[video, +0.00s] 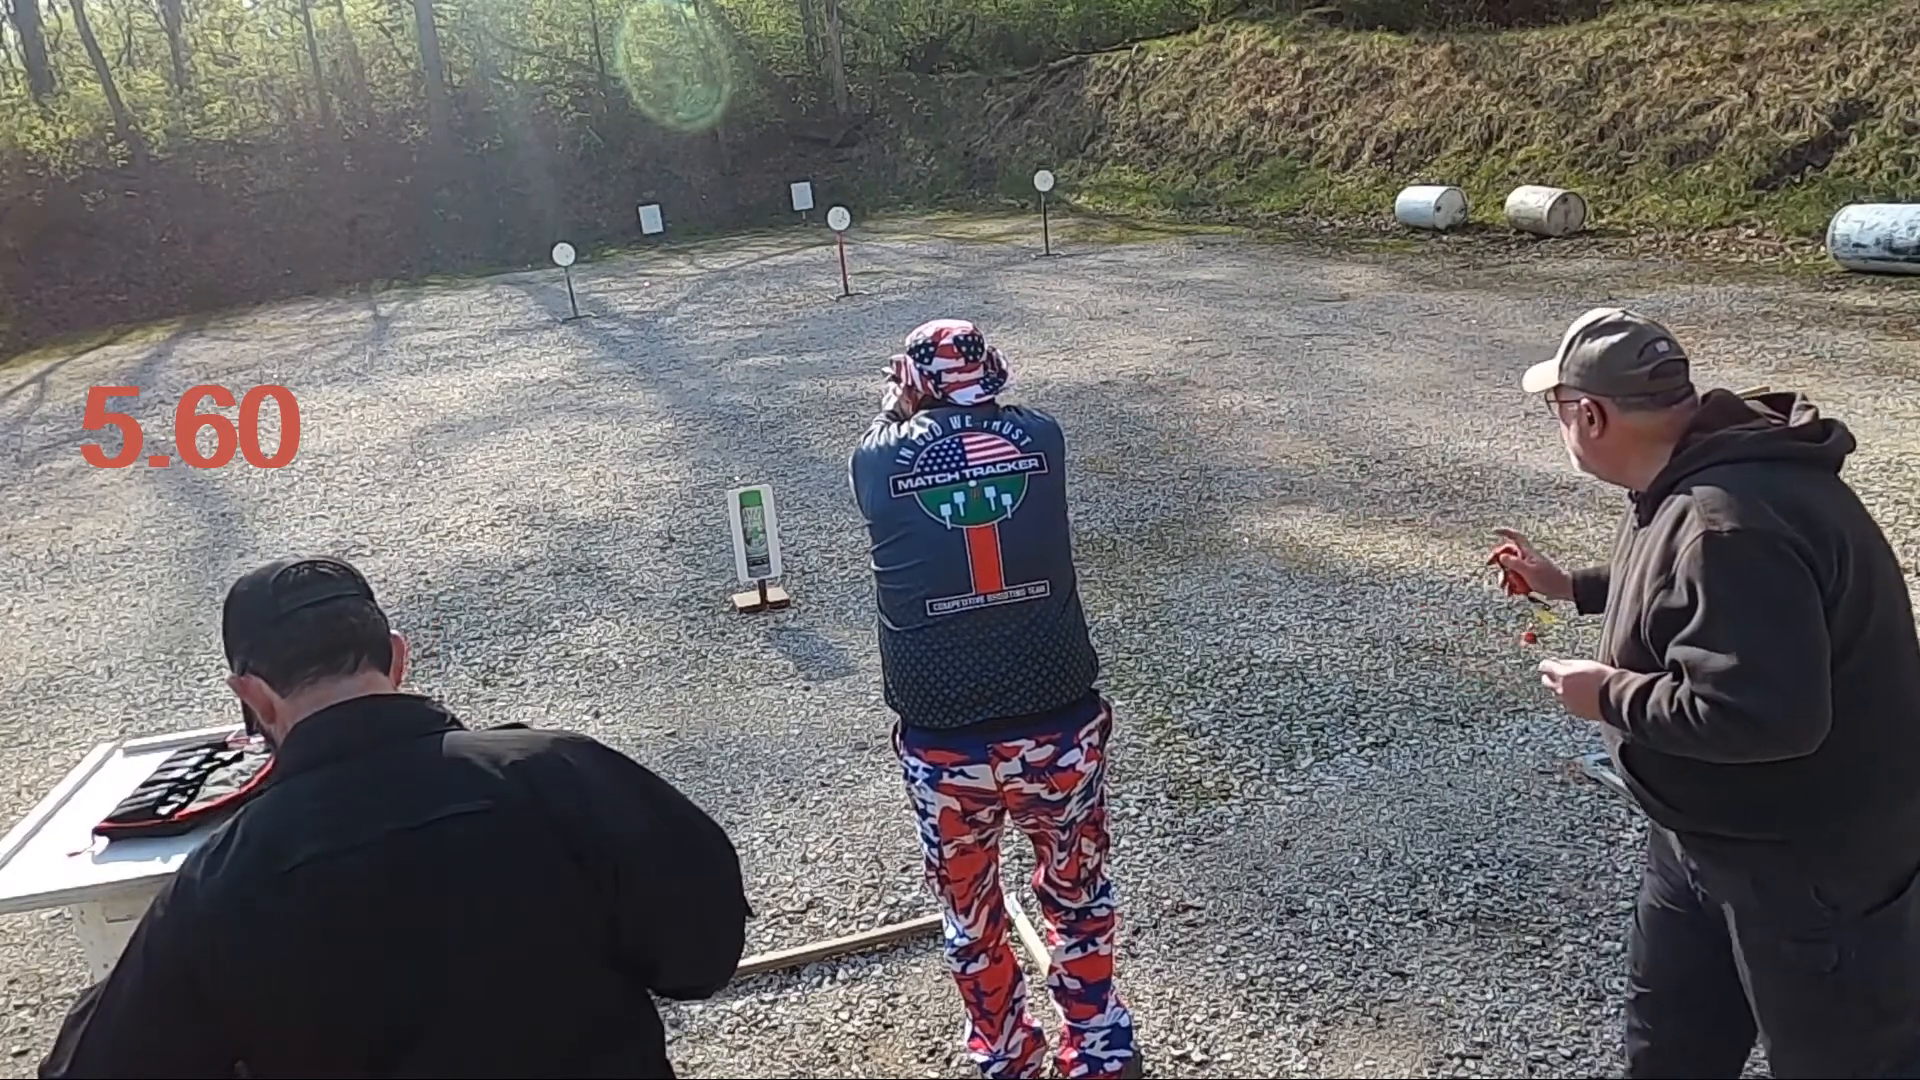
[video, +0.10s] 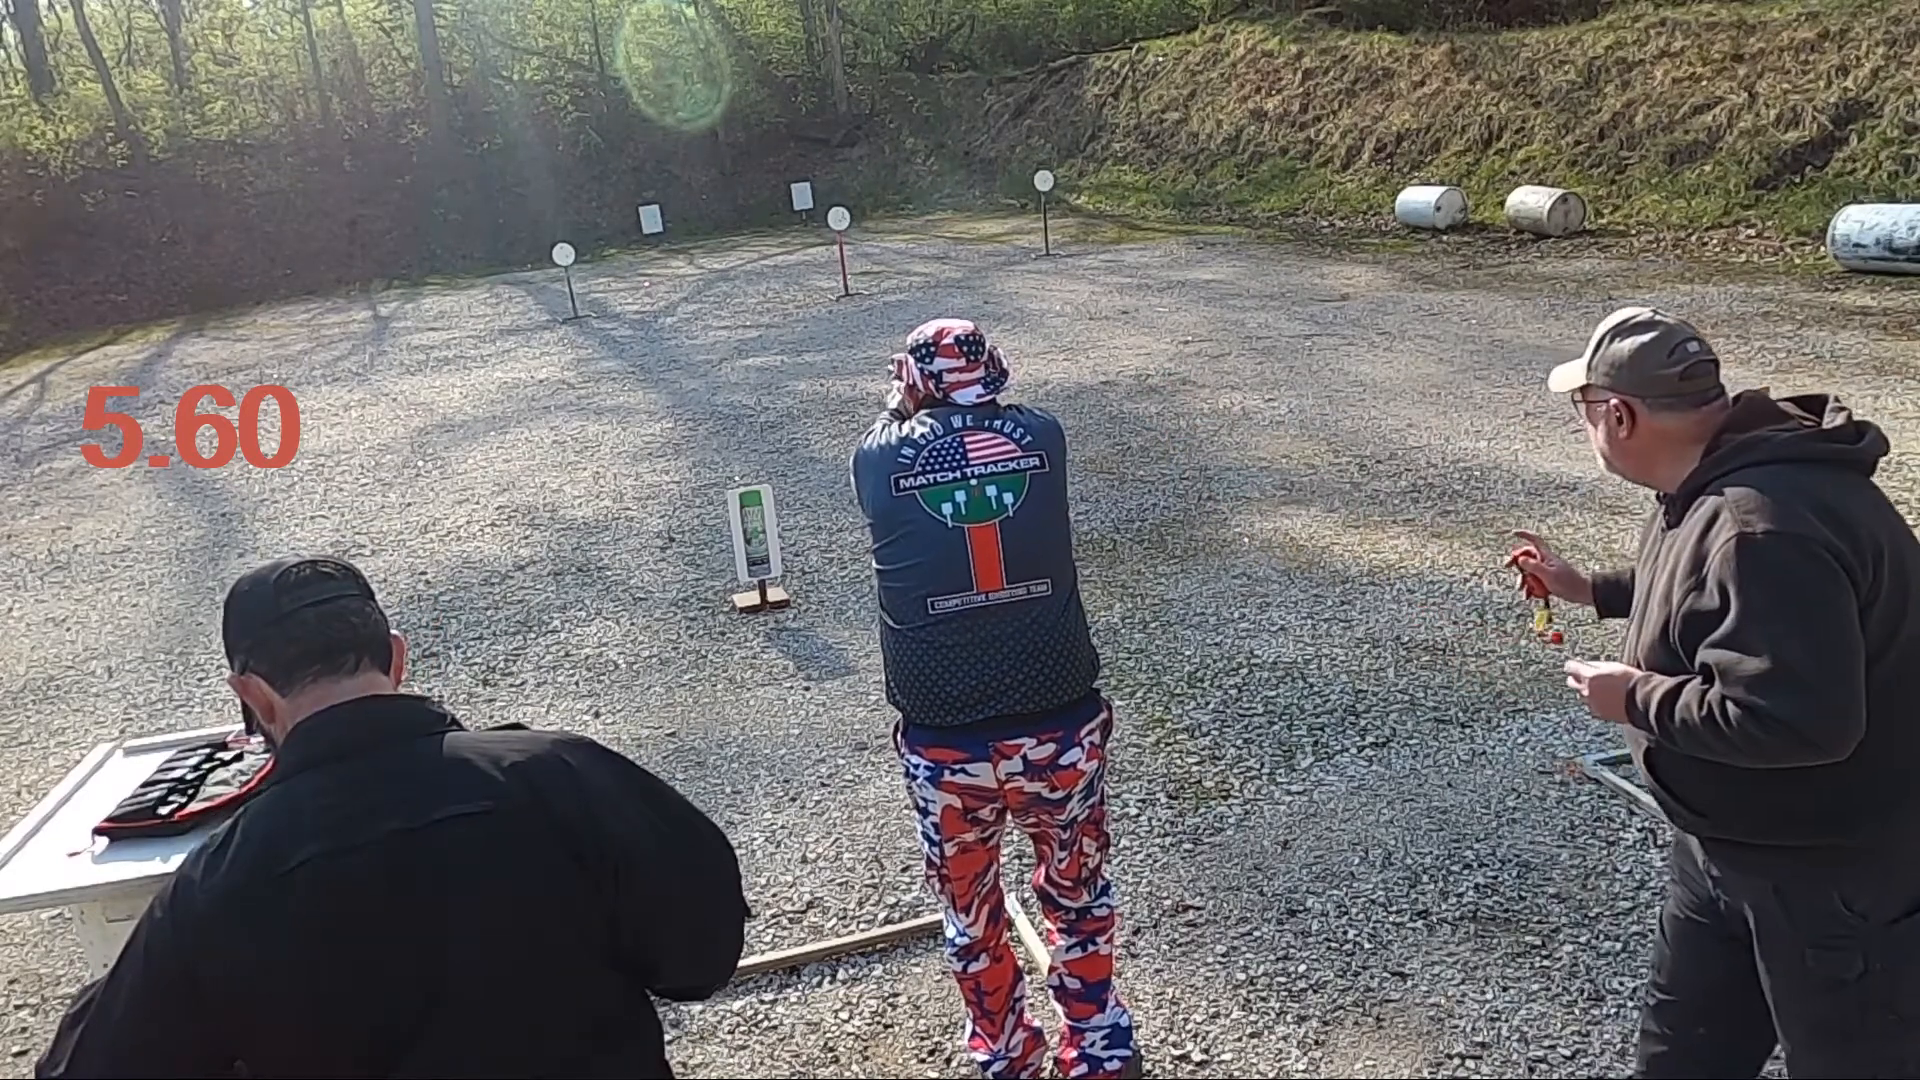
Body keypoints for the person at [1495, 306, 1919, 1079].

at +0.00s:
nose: (1561, 431)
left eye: (1559, 414)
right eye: (1558, 414)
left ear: (1593, 417)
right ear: (1669, 389)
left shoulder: (1730, 526)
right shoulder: (1685, 480)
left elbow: (1773, 716)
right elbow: (1676, 595)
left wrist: (1612, 696)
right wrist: (1567, 586)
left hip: (1812, 870)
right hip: (1701, 841)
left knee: (1841, 1064)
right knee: (1671, 1054)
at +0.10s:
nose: (1586, 427)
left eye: (1585, 411)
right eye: (1582, 412)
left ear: (1622, 417)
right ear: (1698, 392)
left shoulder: (1760, 528)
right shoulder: (1706, 486)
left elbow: (1807, 721)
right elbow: (1697, 594)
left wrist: (1639, 699)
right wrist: (1585, 589)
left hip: (1833, 876)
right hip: (1722, 852)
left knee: (1848, 1064)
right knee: (1684, 1057)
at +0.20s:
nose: (1611, 426)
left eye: (1612, 409)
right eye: (1608, 409)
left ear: (1649, 416)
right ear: (1728, 392)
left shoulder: (1795, 531)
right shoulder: (1733, 488)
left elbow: (1838, 725)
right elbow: (1715, 603)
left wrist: (1666, 701)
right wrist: (1600, 593)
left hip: (1842, 881)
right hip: (1747, 855)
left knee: (1855, 1064)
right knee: (1698, 1056)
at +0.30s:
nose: (1642, 430)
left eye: (1642, 412)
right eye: (1640, 412)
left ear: (1678, 418)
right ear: (1760, 393)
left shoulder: (1820, 537)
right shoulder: (1763, 491)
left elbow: (1859, 731)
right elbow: (1739, 600)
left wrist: (1685, 701)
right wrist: (1623, 594)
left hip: (1853, 885)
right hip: (1760, 857)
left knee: (1861, 1064)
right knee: (1710, 1057)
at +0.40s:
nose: (1668, 428)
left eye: (1668, 410)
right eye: (1666, 410)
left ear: (1705, 417)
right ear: (1789, 395)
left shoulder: (1839, 541)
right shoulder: (1792, 491)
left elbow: (1867, 743)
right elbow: (1765, 599)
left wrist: (1699, 702)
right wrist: (1653, 591)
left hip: (1863, 892)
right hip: (1778, 860)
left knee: (1869, 1064)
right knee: (1723, 1057)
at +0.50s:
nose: (1689, 425)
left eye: (1688, 407)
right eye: (1685, 407)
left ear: (1726, 416)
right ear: (1813, 394)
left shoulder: (1851, 547)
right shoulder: (1821, 487)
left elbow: (1867, 752)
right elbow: (1792, 597)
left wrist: (1711, 702)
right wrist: (1686, 590)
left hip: (1868, 889)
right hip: (1803, 857)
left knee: (1872, 1064)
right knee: (1731, 1056)